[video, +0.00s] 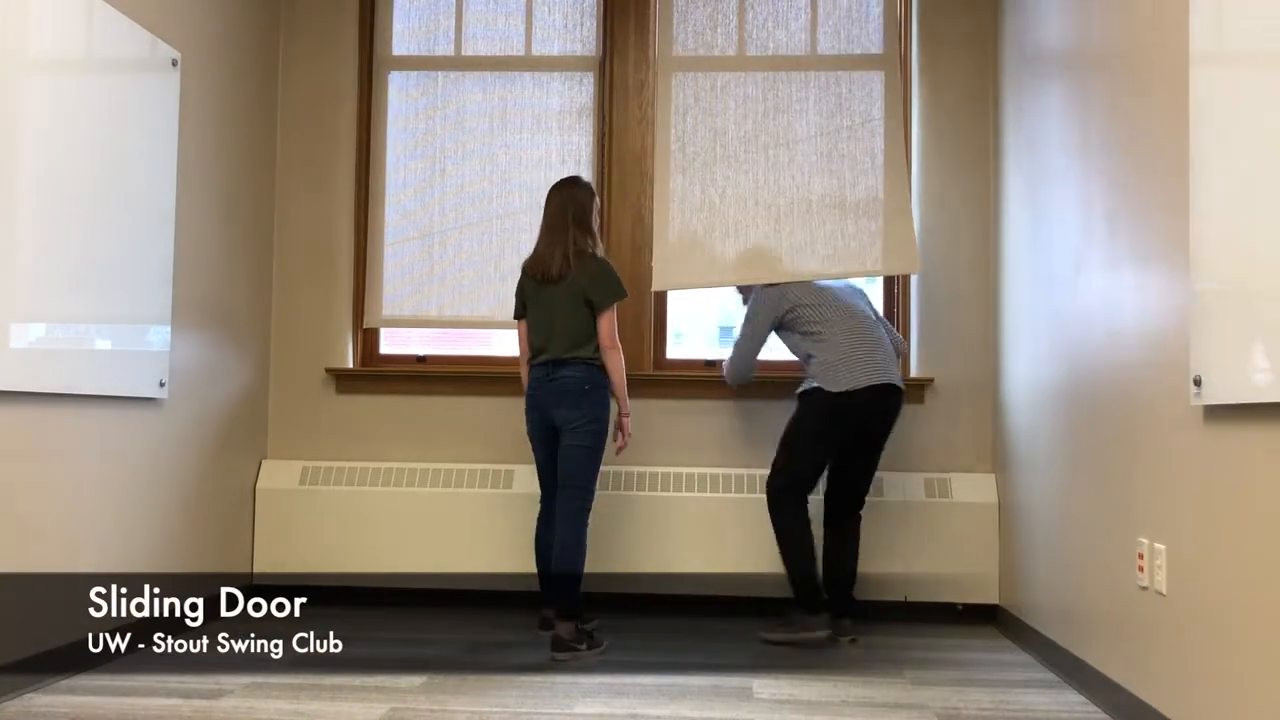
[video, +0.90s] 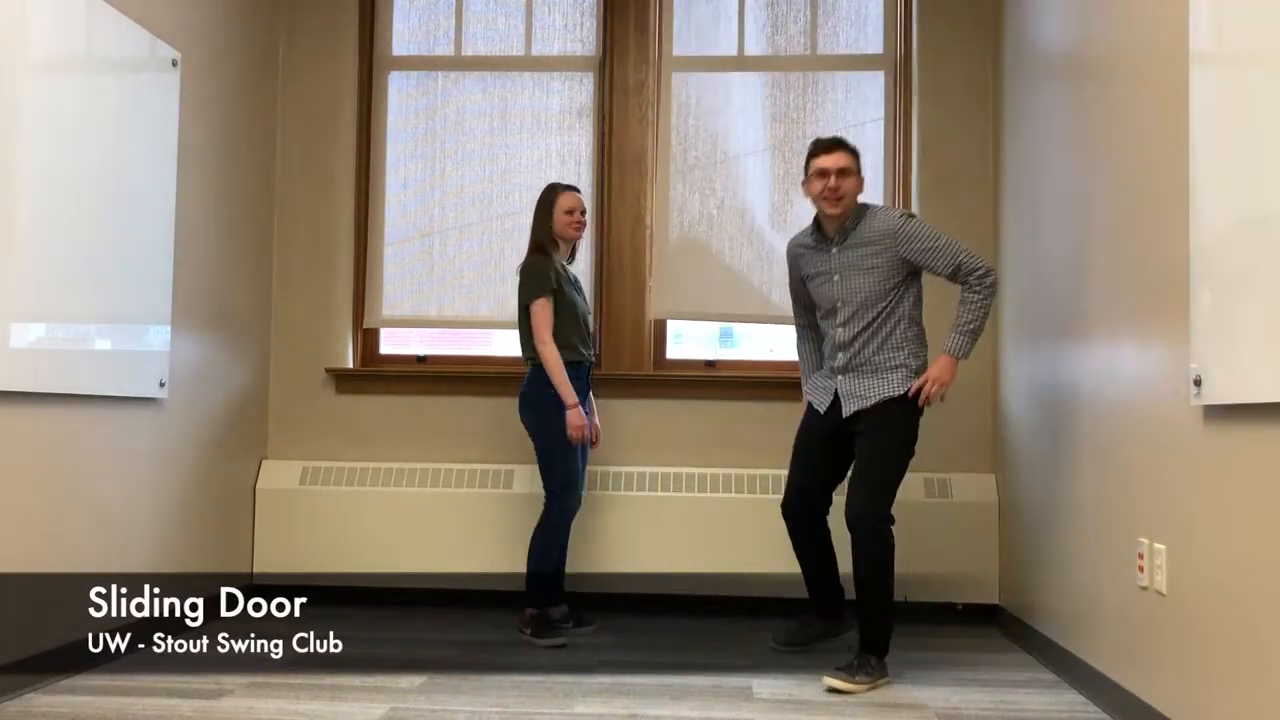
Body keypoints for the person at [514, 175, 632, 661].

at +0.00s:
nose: (600, 217)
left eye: (597, 208)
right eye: (597, 211)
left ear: (551, 214)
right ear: (589, 215)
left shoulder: (531, 270)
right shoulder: (597, 270)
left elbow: (526, 350)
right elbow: (609, 344)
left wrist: (534, 400)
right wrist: (624, 407)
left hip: (540, 391)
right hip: (584, 390)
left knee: (551, 502)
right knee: (574, 507)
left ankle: (554, 615)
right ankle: (567, 628)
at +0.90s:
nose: (580, 219)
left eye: (582, 212)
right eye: (571, 212)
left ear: (580, 219)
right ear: (548, 217)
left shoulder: (566, 272)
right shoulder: (539, 267)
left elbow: (575, 348)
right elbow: (543, 342)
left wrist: (589, 408)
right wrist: (571, 404)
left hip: (572, 391)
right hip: (549, 391)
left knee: (568, 497)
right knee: (562, 498)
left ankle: (553, 604)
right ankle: (538, 610)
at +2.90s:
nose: (571, 217)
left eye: (576, 210)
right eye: (561, 211)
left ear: (583, 216)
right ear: (543, 218)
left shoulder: (592, 276)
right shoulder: (528, 266)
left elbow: (603, 347)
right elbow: (521, 337)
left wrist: (591, 397)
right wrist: (552, 395)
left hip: (579, 394)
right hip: (536, 391)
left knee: (564, 504)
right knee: (535, 501)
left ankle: (558, 607)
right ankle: (530, 610)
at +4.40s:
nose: (577, 216)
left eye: (579, 209)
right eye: (569, 209)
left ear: (576, 217)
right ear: (542, 213)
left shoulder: (581, 276)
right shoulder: (527, 268)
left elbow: (588, 345)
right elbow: (532, 334)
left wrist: (608, 337)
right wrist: (596, 334)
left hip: (578, 396)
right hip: (541, 395)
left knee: (578, 504)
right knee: (543, 502)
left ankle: (559, 608)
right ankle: (532, 612)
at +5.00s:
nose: (601, 210)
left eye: (600, 204)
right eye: (592, 204)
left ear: (586, 214)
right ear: (566, 211)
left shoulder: (588, 269)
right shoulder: (557, 266)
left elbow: (607, 333)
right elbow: (561, 338)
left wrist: (639, 307)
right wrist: (624, 338)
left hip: (592, 395)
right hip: (564, 396)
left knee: (590, 504)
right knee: (590, 503)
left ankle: (569, 609)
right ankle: (548, 610)